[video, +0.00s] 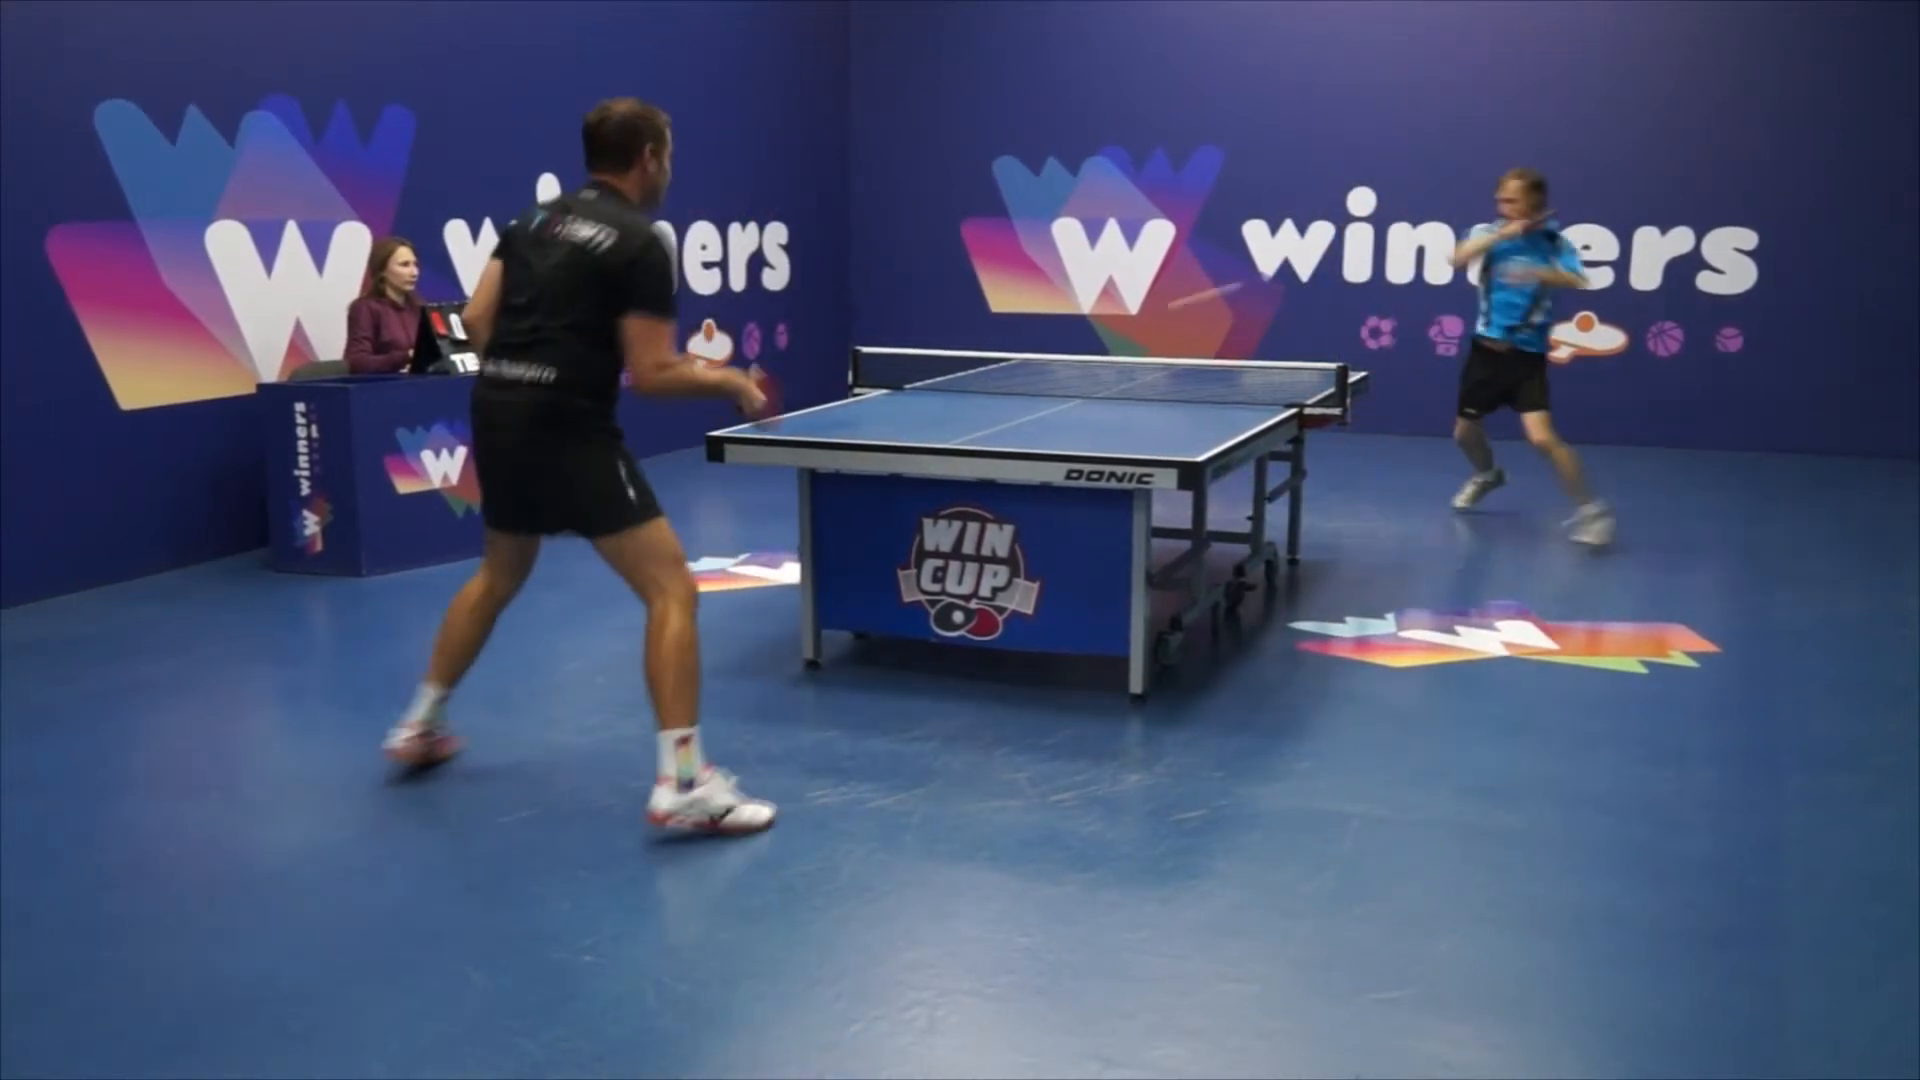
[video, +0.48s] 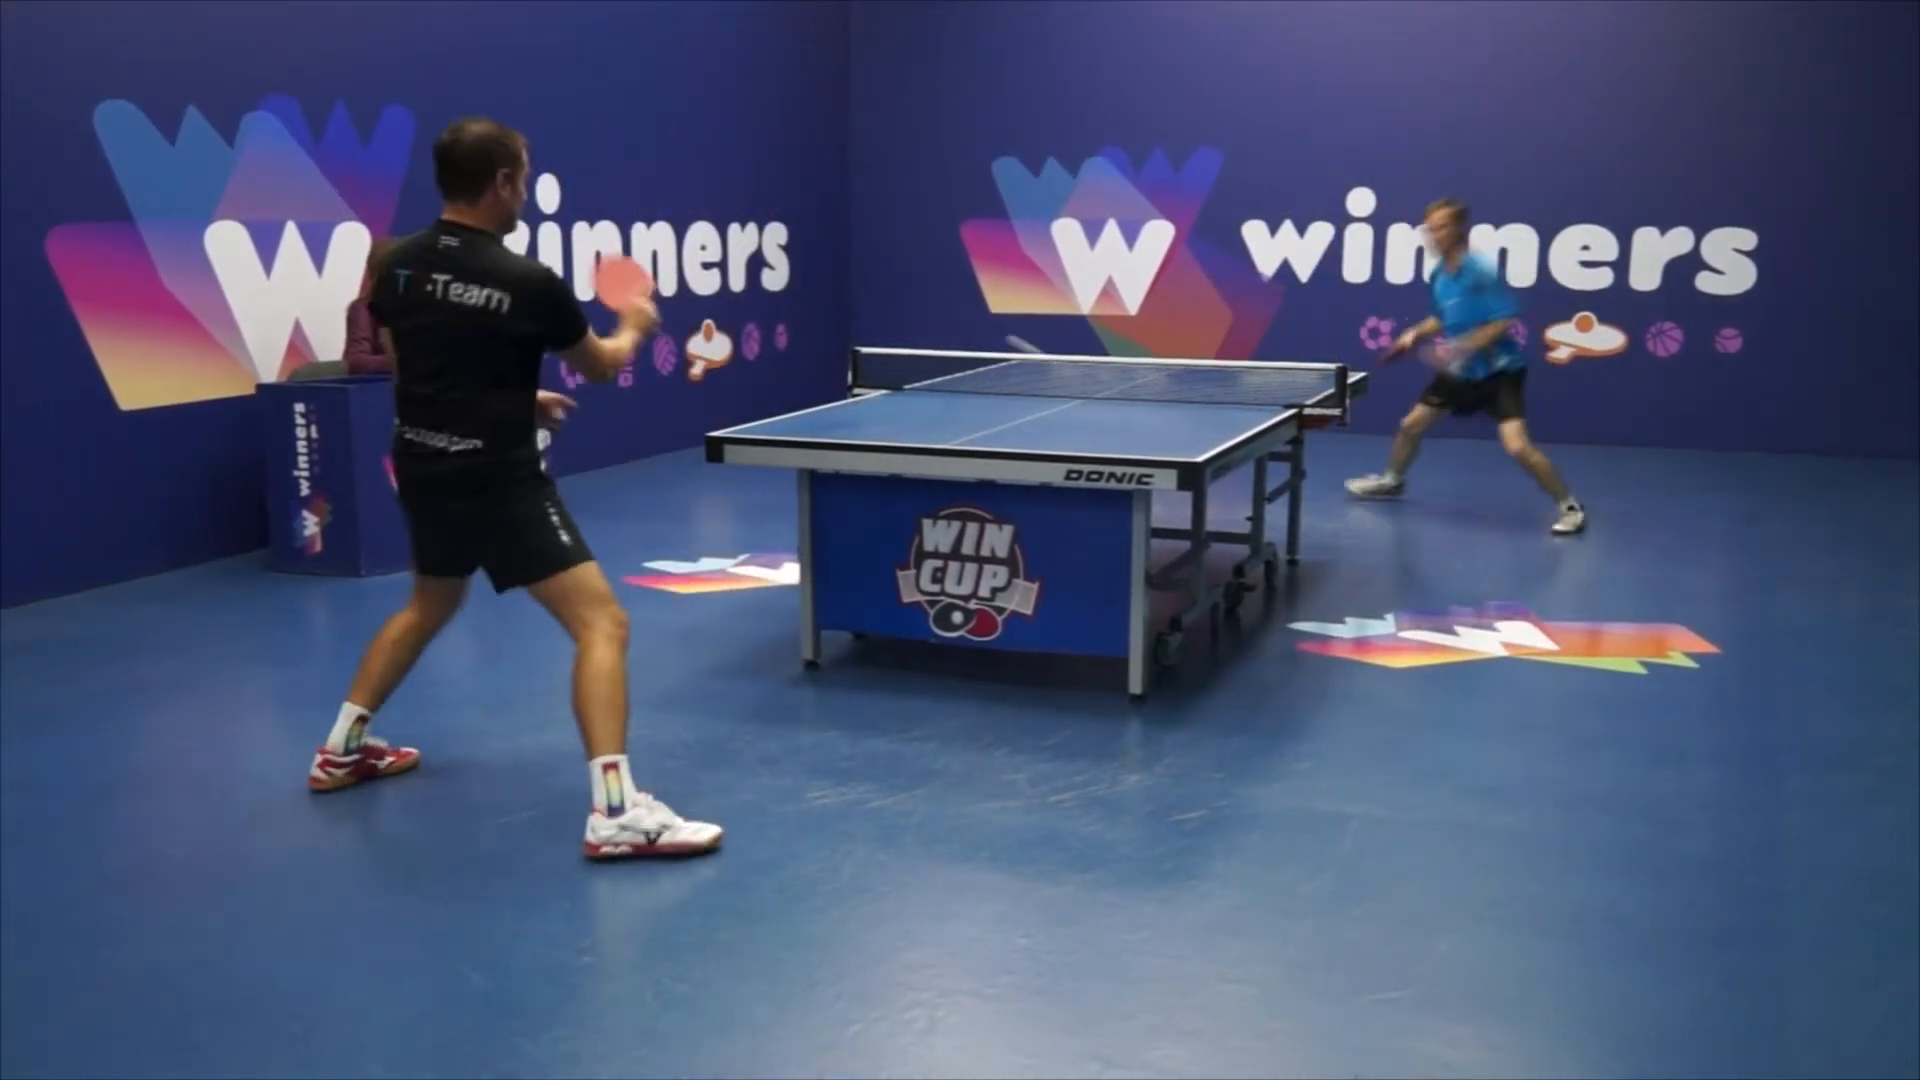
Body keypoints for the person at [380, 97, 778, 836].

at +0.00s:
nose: (669, 170)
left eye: (665, 157)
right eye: (666, 158)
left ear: (595, 158)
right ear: (648, 161)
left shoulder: (535, 220)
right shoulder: (642, 242)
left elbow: (479, 319)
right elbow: (651, 371)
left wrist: (536, 357)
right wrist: (733, 380)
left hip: (498, 422)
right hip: (573, 431)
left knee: (499, 573)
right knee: (671, 589)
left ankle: (419, 721)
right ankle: (682, 779)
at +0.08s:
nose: (662, 192)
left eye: (661, 180)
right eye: (660, 180)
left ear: (590, 175)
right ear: (636, 182)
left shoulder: (535, 238)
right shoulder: (610, 263)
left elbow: (476, 331)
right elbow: (610, 391)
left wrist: (508, 404)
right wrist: (724, 414)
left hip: (498, 448)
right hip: (571, 454)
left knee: (492, 603)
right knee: (667, 607)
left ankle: (379, 738)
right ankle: (682, 799)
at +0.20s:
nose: (619, 224)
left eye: (619, 211)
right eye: (617, 211)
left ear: (560, 195)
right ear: (594, 205)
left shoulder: (523, 251)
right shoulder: (545, 277)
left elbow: (496, 370)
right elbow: (533, 404)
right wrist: (631, 423)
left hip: (491, 463)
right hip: (533, 468)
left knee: (497, 619)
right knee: (643, 607)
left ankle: (361, 730)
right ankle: (680, 800)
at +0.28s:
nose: (569, 215)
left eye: (568, 201)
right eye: (566, 201)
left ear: (508, 191)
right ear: (541, 198)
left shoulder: (473, 254)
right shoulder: (522, 290)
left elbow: (490, 376)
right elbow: (567, 410)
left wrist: (558, 417)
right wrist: (645, 420)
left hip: (469, 463)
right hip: (514, 470)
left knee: (478, 617)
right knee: (603, 619)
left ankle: (351, 734)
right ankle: (655, 802)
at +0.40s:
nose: (533, 198)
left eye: (531, 185)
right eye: (529, 186)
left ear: (457, 189)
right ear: (506, 190)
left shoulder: (411, 259)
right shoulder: (525, 292)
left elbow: (450, 368)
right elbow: (602, 368)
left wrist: (533, 404)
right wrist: (658, 358)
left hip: (433, 468)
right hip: (502, 474)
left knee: (454, 609)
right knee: (589, 622)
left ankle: (342, 740)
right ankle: (616, 811)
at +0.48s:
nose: (527, 191)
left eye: (526, 179)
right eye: (524, 180)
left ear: (447, 184)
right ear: (502, 184)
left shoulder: (398, 262)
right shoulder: (526, 282)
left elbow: (423, 368)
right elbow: (602, 364)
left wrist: (518, 399)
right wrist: (635, 326)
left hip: (423, 471)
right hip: (500, 477)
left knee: (429, 606)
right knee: (601, 623)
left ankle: (341, 744)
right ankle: (616, 805)